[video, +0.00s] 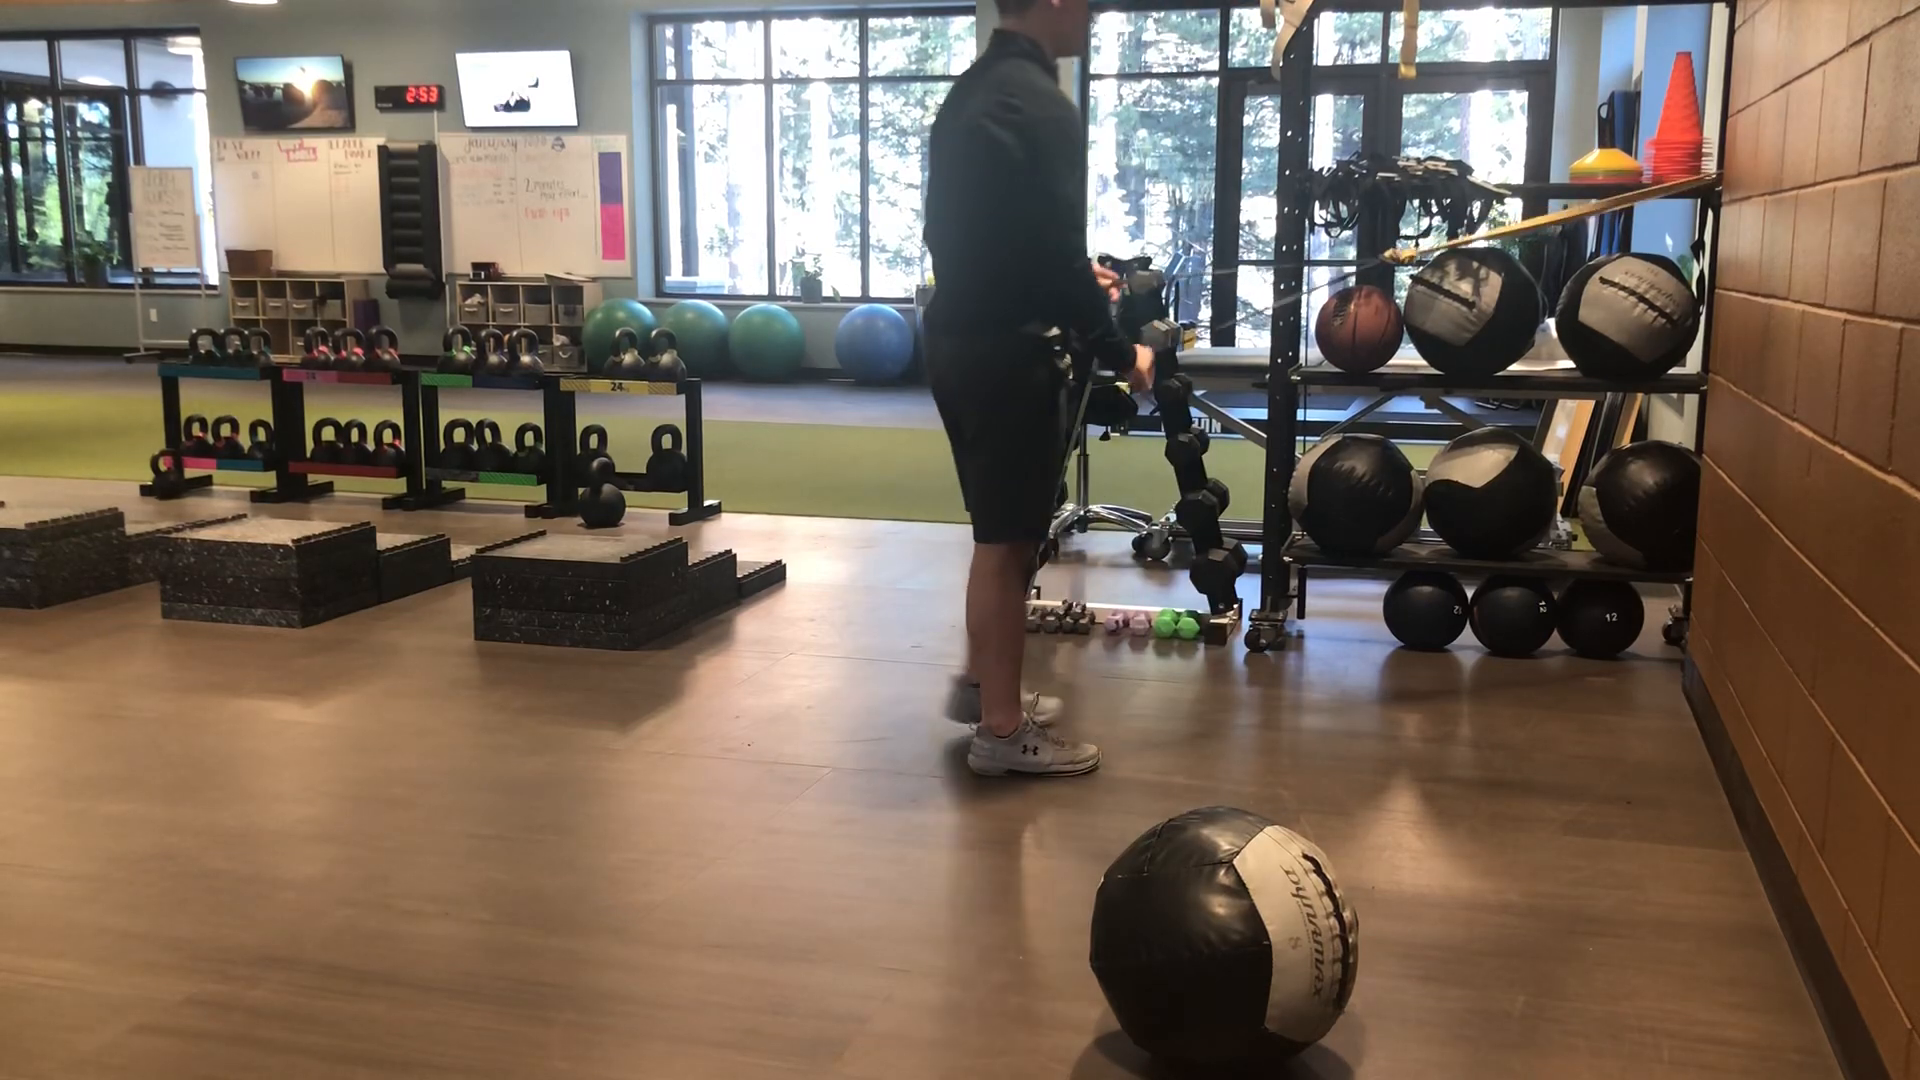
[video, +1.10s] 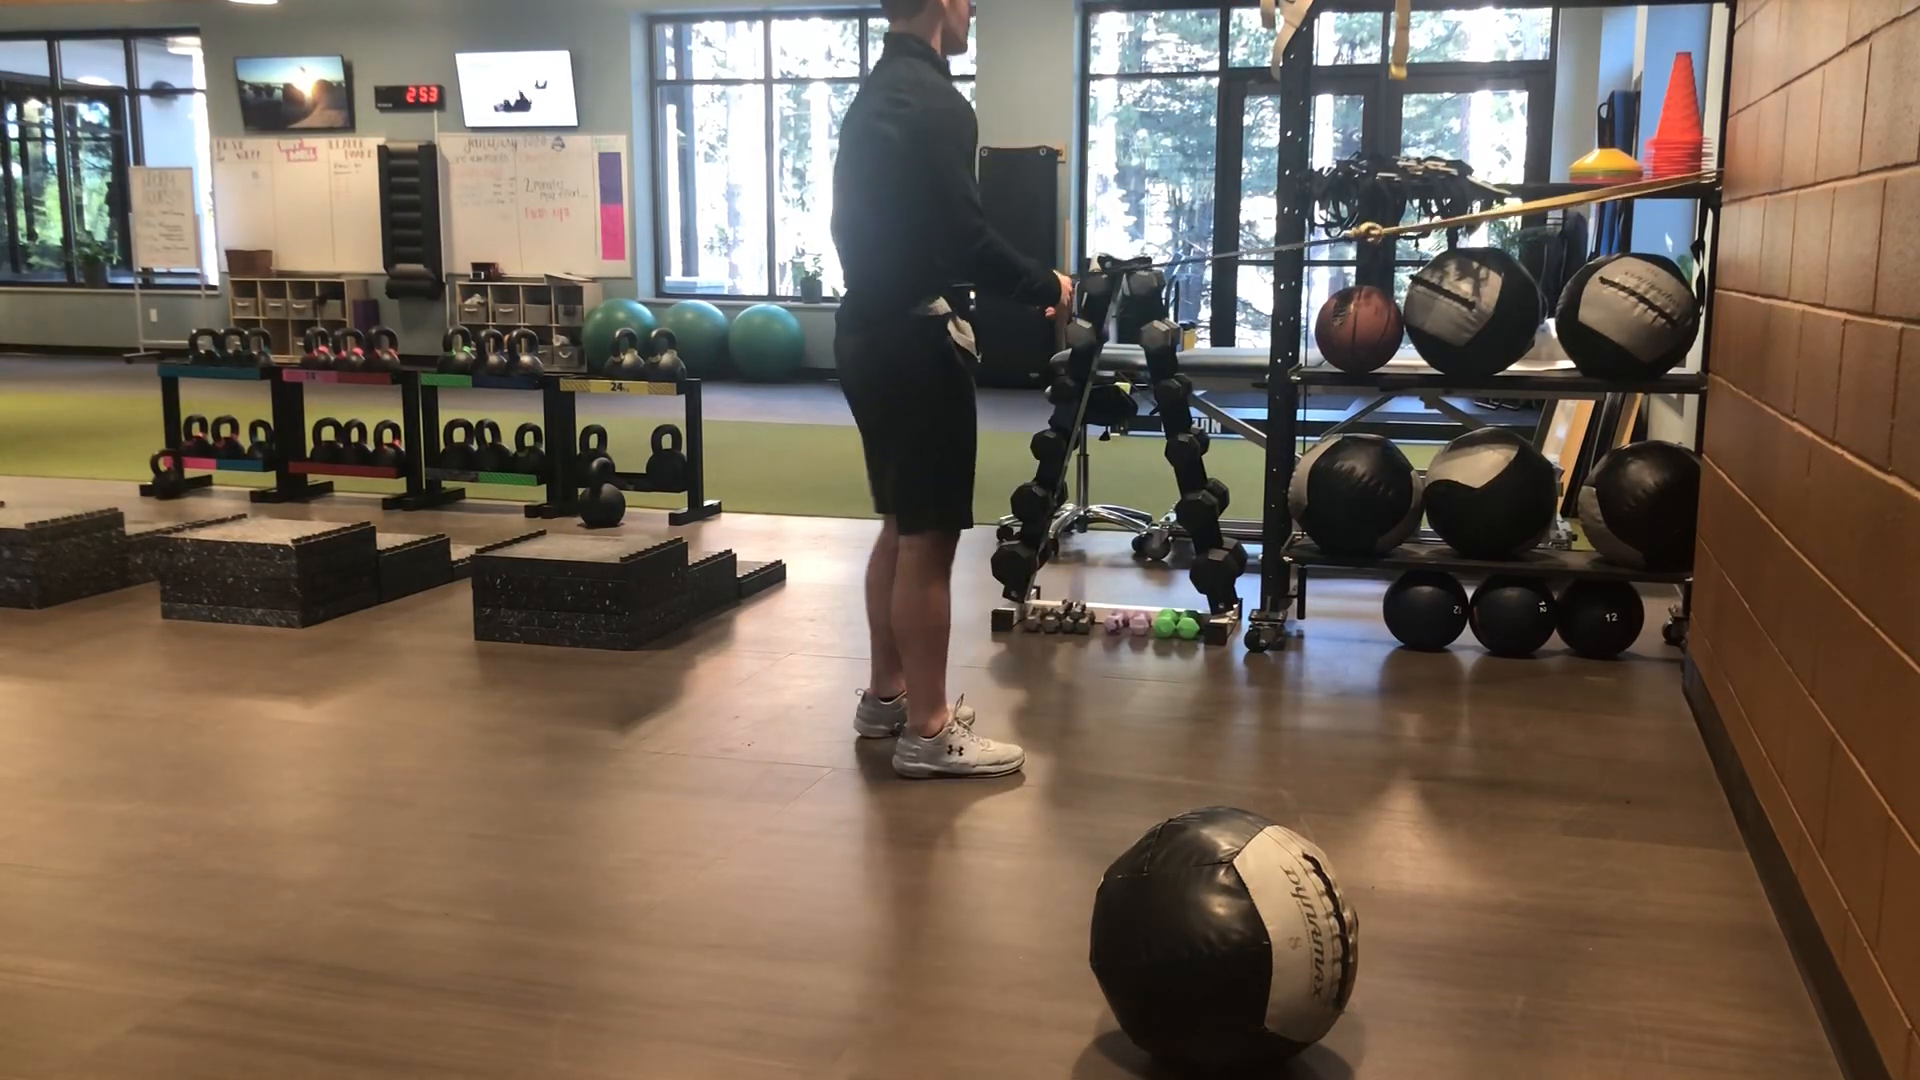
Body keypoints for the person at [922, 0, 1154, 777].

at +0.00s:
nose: (1091, 20)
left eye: (1089, 9)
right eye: (1086, 8)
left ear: (1014, 11)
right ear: (1055, 8)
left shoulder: (968, 96)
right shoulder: (1045, 109)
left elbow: (967, 238)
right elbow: (1051, 260)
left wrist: (1075, 272)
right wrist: (1121, 348)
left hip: (960, 342)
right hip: (1011, 348)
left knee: (1004, 529)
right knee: (1009, 540)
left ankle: (983, 681)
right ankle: (1001, 731)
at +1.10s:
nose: (970, 20)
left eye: (967, 8)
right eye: (967, 8)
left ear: (903, 16)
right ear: (945, 10)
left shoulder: (870, 101)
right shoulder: (938, 104)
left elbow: (860, 231)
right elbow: (959, 231)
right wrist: (1045, 284)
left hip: (867, 335)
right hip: (919, 338)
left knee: (902, 525)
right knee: (931, 537)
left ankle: (887, 697)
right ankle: (929, 730)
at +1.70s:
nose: (948, 12)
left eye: (944, 2)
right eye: (941, 2)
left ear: (882, 15)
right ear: (912, 9)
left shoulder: (855, 97)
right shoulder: (926, 104)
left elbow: (951, 174)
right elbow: (1010, 198)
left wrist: (1044, 172)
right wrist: (1106, 189)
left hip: (859, 341)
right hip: (916, 345)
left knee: (898, 525)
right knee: (939, 539)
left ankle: (884, 699)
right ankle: (929, 733)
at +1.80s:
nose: (953, 13)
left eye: (950, 3)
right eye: (946, 2)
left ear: (884, 14)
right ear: (914, 7)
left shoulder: (861, 92)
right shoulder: (929, 91)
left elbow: (988, 114)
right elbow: (1050, 119)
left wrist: (1054, 61)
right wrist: (1114, 63)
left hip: (871, 336)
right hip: (929, 340)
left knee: (902, 524)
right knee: (946, 538)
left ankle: (885, 699)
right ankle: (931, 732)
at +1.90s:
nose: (955, 12)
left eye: (951, 2)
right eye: (948, 1)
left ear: (882, 10)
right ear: (916, 4)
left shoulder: (866, 81)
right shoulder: (932, 82)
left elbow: (990, 64)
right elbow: (1072, 62)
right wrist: (1094, 1)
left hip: (874, 333)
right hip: (933, 336)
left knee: (907, 520)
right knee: (951, 536)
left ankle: (889, 693)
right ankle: (934, 725)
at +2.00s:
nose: (965, 19)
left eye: (965, 10)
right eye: (960, 8)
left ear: (887, 11)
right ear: (931, 4)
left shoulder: (861, 75)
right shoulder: (931, 57)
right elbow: (1043, 15)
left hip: (878, 314)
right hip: (939, 313)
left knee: (915, 506)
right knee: (961, 515)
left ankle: (902, 669)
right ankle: (950, 706)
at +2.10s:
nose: (966, 12)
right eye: (960, 6)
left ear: (887, 5)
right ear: (935, 1)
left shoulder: (867, 55)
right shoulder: (942, 39)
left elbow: (870, 195)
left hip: (884, 297)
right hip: (946, 297)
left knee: (919, 490)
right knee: (968, 510)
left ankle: (916, 657)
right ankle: (968, 695)